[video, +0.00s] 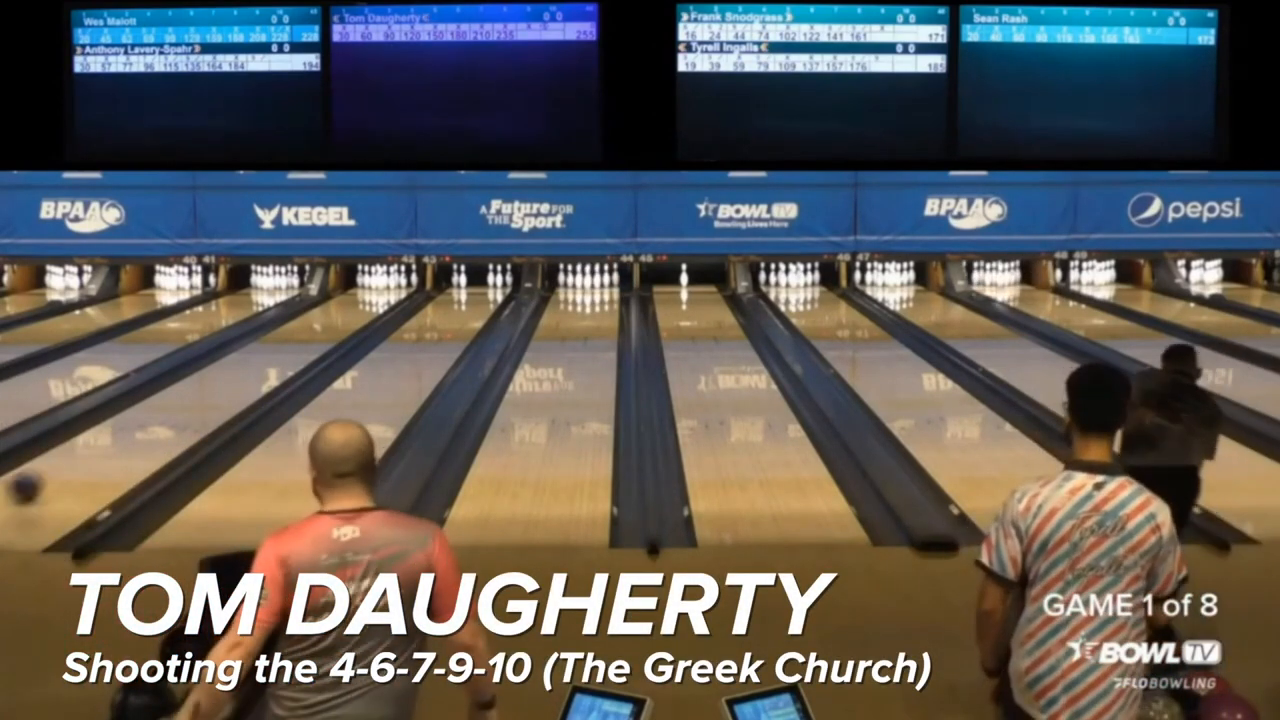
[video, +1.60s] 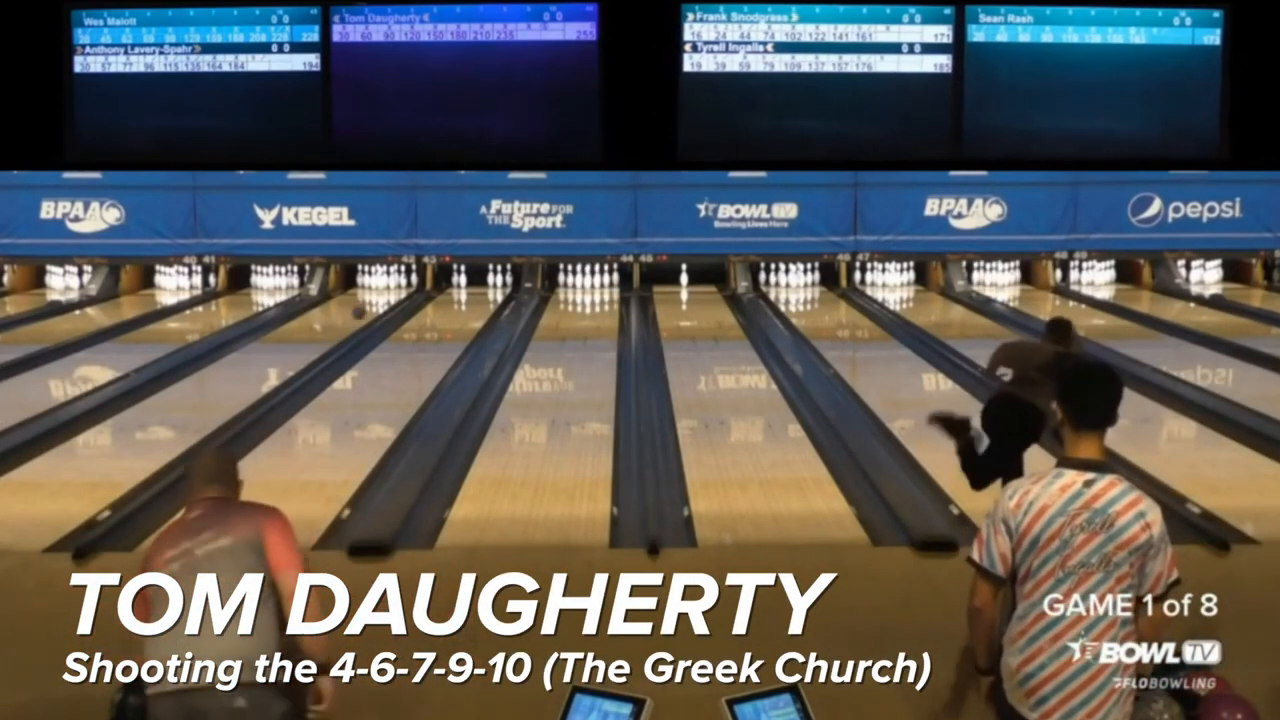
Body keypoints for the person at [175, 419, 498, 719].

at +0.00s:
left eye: (313, 468)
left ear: (314, 476)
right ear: (373, 468)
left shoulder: (283, 549)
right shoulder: (426, 540)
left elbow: (238, 649)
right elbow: (473, 648)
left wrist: (189, 713)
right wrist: (484, 703)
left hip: (295, 709)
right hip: (384, 709)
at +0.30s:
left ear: (292, 475)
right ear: (353, 472)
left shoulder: (256, 552)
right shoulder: (402, 545)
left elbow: (219, 673)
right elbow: (447, 654)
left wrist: (197, 715)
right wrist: (466, 710)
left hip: (277, 710)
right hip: (367, 709)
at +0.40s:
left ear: (269, 474)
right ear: (329, 474)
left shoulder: (229, 553)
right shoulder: (370, 551)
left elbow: (205, 662)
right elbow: (410, 650)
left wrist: (208, 713)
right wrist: (445, 704)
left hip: (254, 710)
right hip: (344, 709)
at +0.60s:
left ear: (252, 471)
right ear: (312, 472)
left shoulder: (210, 551)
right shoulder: (350, 551)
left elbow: (193, 660)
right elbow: (385, 657)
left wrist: (210, 712)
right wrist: (417, 695)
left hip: (235, 710)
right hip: (325, 709)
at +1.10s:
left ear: (231, 465)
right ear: (291, 463)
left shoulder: (190, 537)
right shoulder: (331, 535)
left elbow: (162, 640)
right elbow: (364, 634)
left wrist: (178, 701)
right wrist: (389, 705)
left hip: (210, 708)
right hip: (302, 709)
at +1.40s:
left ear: (212, 472)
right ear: (266, 470)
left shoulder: (172, 537)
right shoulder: (301, 525)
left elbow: (144, 626)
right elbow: (334, 614)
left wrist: (159, 689)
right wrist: (351, 682)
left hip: (194, 705)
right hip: (283, 704)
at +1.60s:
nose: (242, 485)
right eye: (238, 480)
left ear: (190, 487)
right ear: (236, 485)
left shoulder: (160, 544)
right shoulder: (266, 521)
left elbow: (148, 621)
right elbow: (299, 603)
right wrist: (320, 667)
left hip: (172, 697)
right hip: (254, 692)